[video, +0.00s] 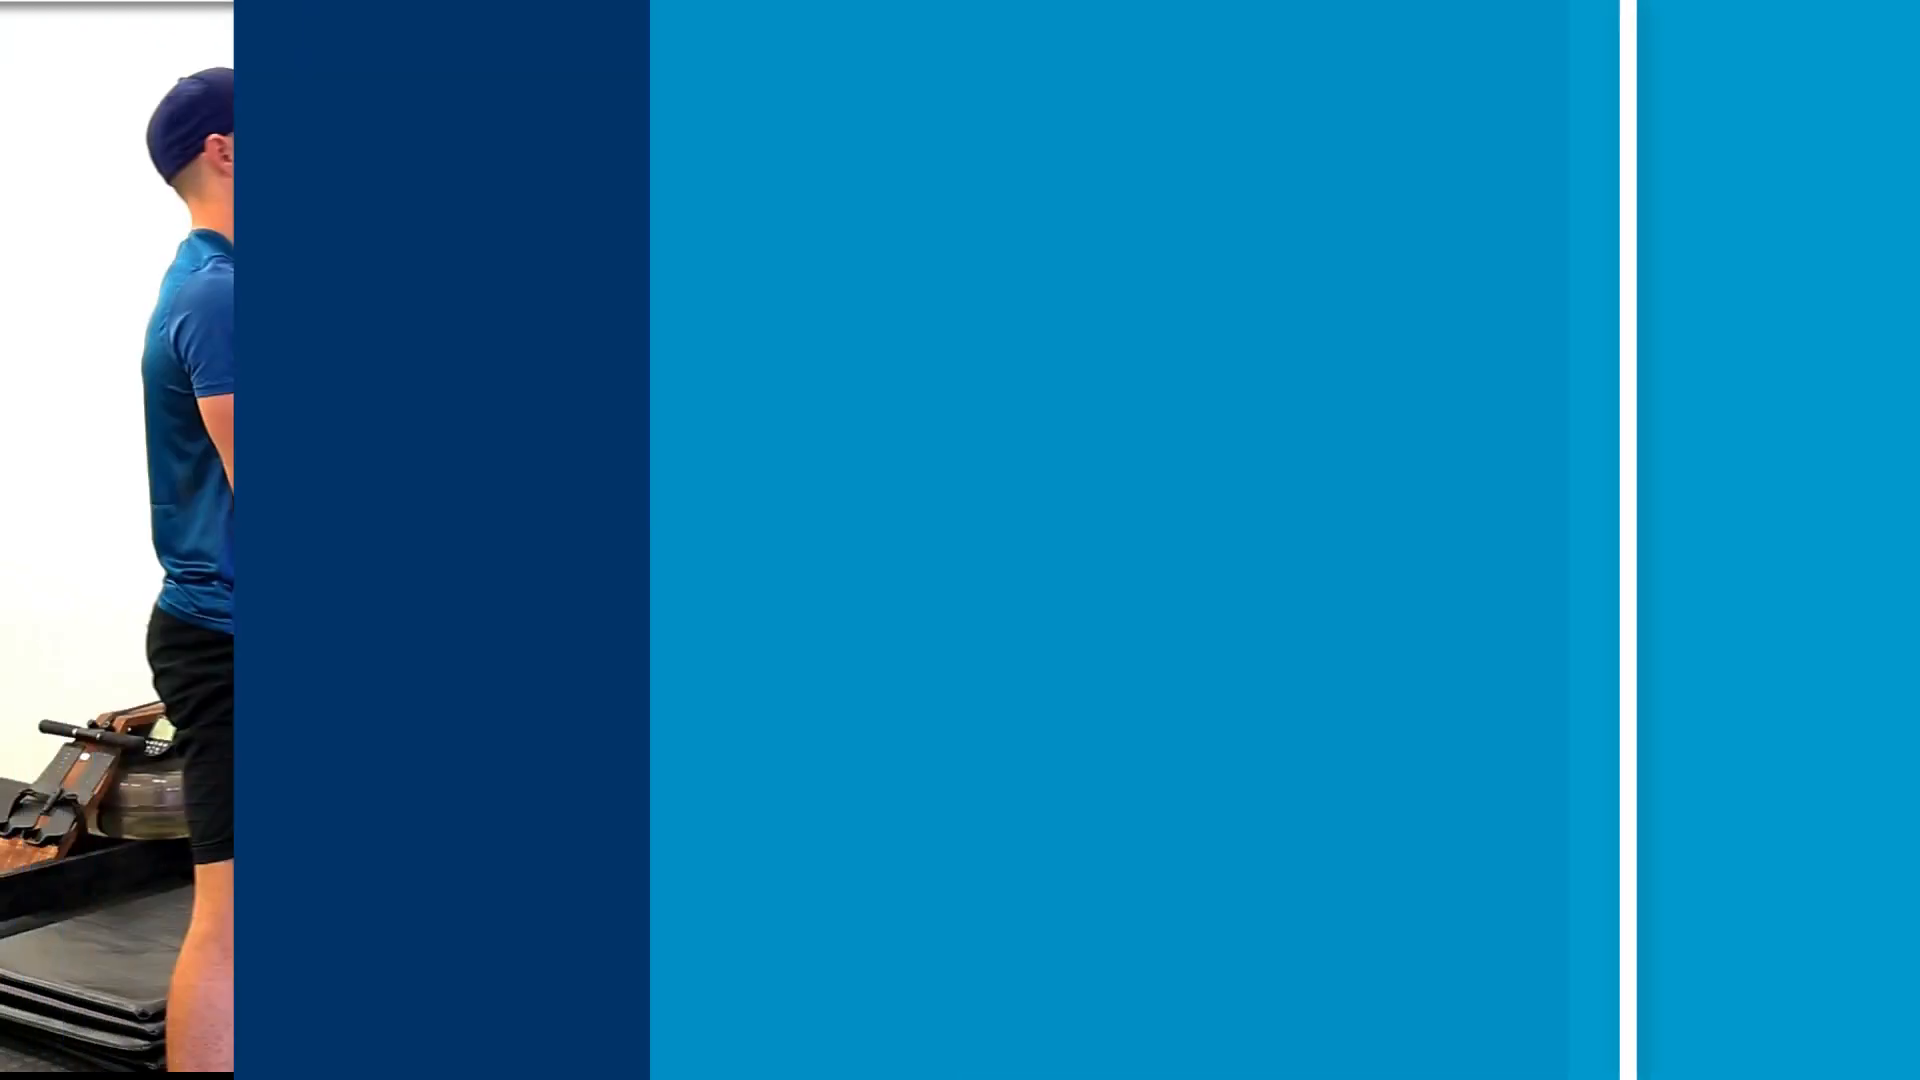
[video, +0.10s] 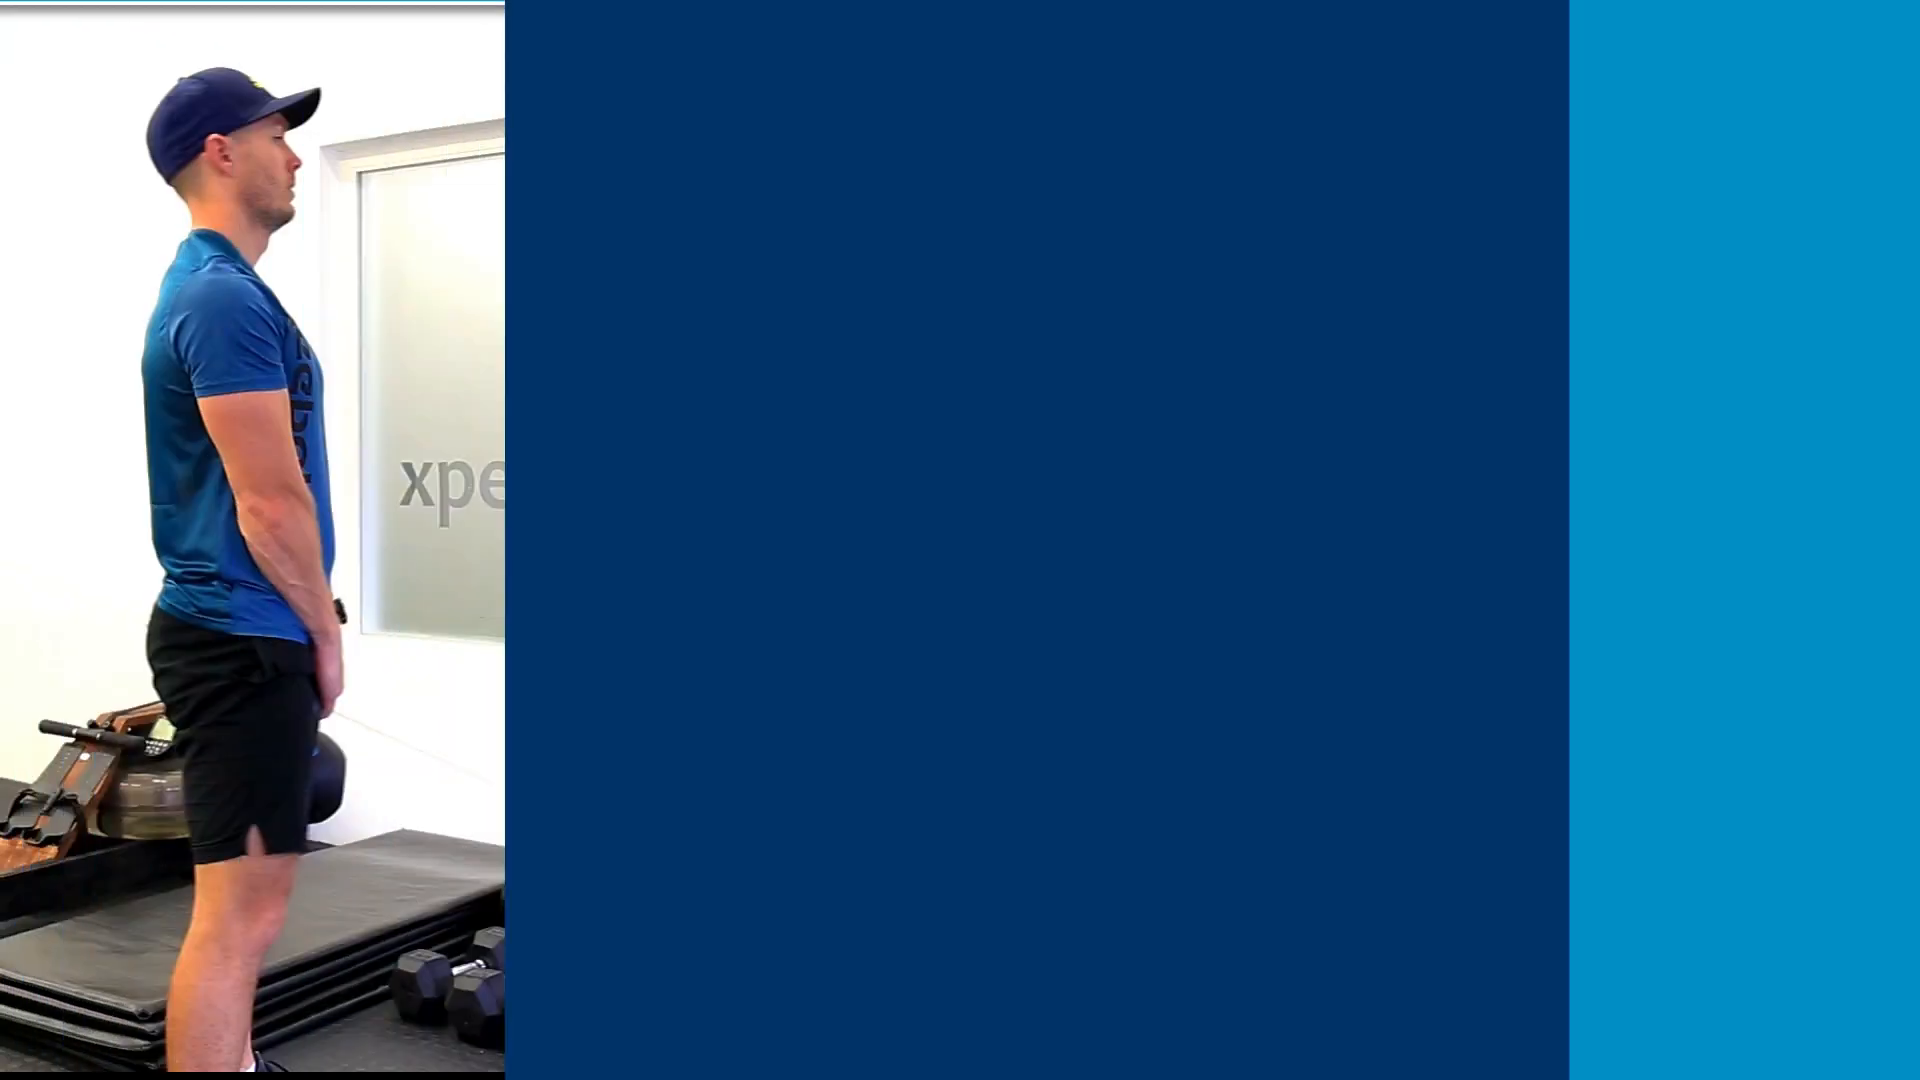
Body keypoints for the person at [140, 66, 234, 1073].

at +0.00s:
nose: (269, 163)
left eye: (263, 142)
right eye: (261, 144)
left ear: (203, 158)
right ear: (218, 153)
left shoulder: (206, 278)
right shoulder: (214, 286)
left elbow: (239, 466)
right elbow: (253, 472)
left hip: (216, 625)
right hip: (222, 632)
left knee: (229, 905)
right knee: (229, 910)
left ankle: (196, 1064)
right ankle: (195, 1070)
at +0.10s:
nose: (296, 154)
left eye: (288, 135)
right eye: (277, 134)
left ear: (219, 158)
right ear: (221, 153)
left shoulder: (218, 287)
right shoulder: (221, 297)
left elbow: (265, 493)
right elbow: (267, 499)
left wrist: (323, 610)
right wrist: (323, 625)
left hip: (244, 634)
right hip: (239, 640)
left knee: (245, 905)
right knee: (236, 916)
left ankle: (221, 1059)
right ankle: (208, 1069)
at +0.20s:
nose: (296, 154)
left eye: (288, 135)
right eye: (277, 135)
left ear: (218, 158)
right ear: (221, 153)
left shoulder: (215, 287)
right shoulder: (220, 296)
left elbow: (260, 495)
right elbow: (267, 500)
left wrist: (322, 613)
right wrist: (324, 625)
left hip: (243, 634)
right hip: (239, 640)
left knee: (244, 905)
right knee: (236, 917)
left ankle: (222, 1059)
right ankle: (208, 1069)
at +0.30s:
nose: (285, 154)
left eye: (278, 136)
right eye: (267, 137)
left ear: (206, 157)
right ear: (208, 153)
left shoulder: (208, 288)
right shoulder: (212, 298)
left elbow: (260, 496)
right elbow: (269, 500)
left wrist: (328, 614)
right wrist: (333, 625)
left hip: (248, 636)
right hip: (245, 642)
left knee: (252, 904)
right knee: (241, 916)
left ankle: (222, 1060)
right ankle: (210, 1070)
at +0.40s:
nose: (263, 158)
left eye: (256, 141)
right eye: (244, 141)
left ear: (191, 166)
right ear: (184, 160)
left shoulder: (192, 292)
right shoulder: (197, 302)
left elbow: (262, 499)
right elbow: (272, 503)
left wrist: (335, 615)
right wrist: (348, 620)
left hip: (261, 638)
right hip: (258, 644)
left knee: (261, 907)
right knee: (248, 919)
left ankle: (224, 1060)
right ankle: (212, 1067)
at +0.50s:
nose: (242, 165)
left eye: (233, 147)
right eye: (221, 145)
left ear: (159, 172)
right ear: (162, 167)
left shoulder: (172, 298)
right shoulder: (186, 305)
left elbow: (266, 496)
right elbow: (272, 503)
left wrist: (347, 597)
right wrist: (359, 612)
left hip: (269, 636)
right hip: (266, 642)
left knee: (268, 902)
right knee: (256, 911)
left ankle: (227, 1059)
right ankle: (216, 1066)